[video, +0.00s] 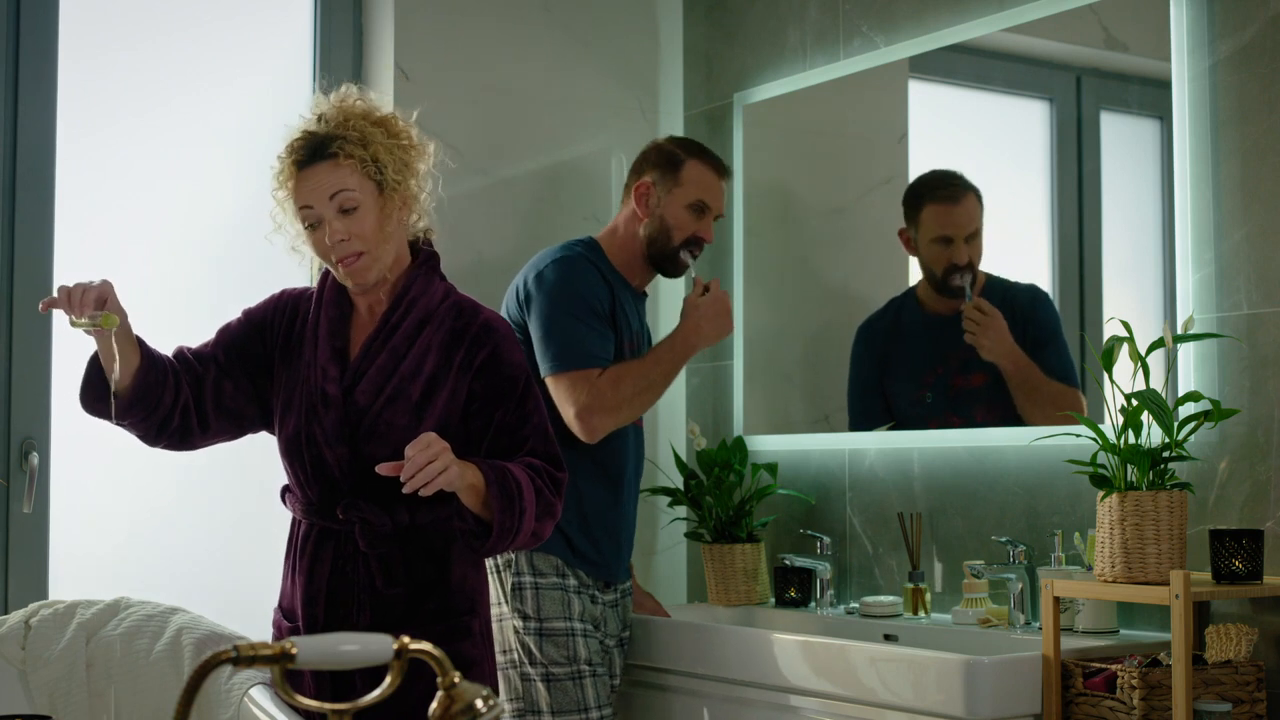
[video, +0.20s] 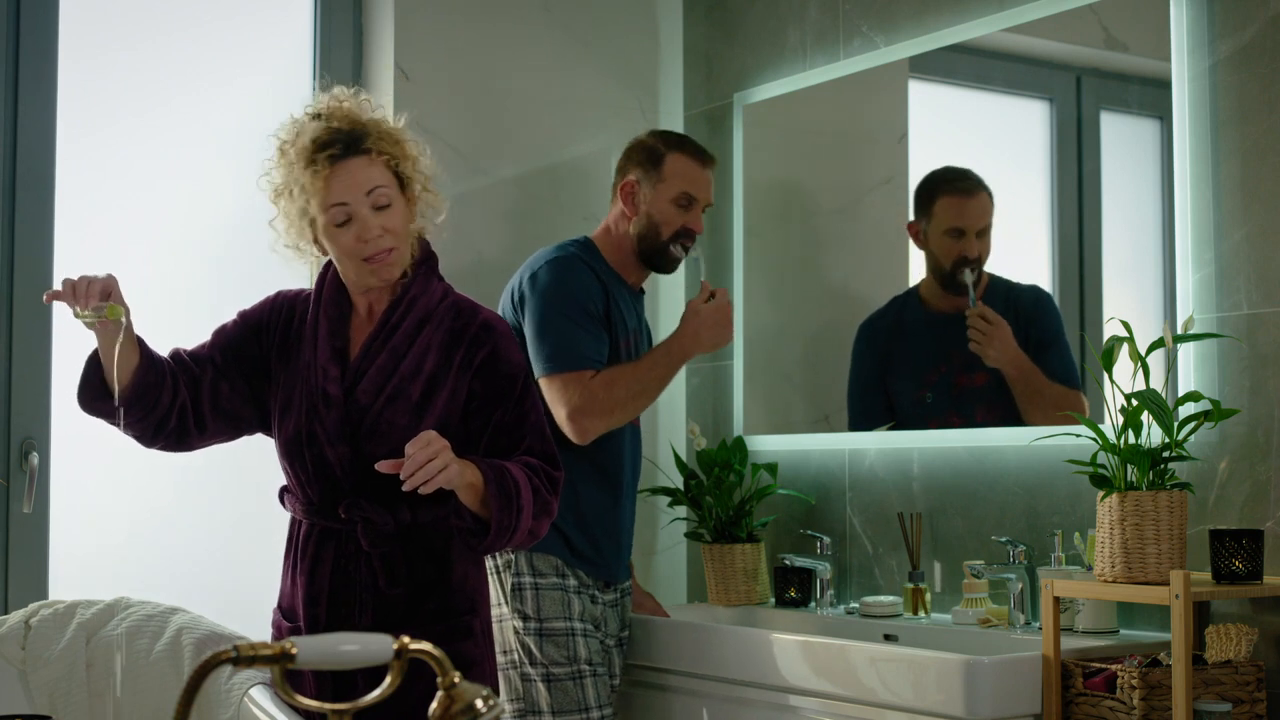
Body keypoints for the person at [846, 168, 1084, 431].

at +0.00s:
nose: (961, 257)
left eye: (972, 238)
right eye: (944, 243)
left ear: (981, 231)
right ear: (910, 243)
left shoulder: (1029, 309)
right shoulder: (877, 336)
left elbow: (1068, 425)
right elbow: (869, 452)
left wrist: (1008, 354)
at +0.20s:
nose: (972, 251)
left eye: (982, 234)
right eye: (955, 235)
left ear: (991, 229)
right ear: (918, 235)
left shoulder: (1031, 310)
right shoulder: (880, 334)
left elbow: (1069, 425)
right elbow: (868, 452)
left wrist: (1012, 362)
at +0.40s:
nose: (991, 244)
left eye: (999, 228)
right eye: (974, 227)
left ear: (1006, 227)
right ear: (932, 227)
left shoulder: (1039, 311)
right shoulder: (884, 330)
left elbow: (1082, 423)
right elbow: (871, 449)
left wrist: (1026, 381)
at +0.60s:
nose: (1019, 239)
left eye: (1023, 225)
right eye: (1004, 223)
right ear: (955, 223)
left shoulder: (1053, 313)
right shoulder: (898, 328)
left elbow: (1102, 419)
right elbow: (880, 446)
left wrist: (1061, 404)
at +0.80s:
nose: (1061, 234)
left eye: (1061, 219)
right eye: (1047, 217)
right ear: (995, 222)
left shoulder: (1077, 314)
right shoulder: (920, 323)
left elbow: (1119, 415)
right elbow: (901, 442)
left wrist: (1107, 417)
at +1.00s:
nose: (1114, 235)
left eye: (1110, 220)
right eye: (1102, 220)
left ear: (1054, 225)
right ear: (1054, 224)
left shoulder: (1105, 313)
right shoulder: (959, 323)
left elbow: (1138, 418)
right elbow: (924, 448)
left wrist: (1125, 419)